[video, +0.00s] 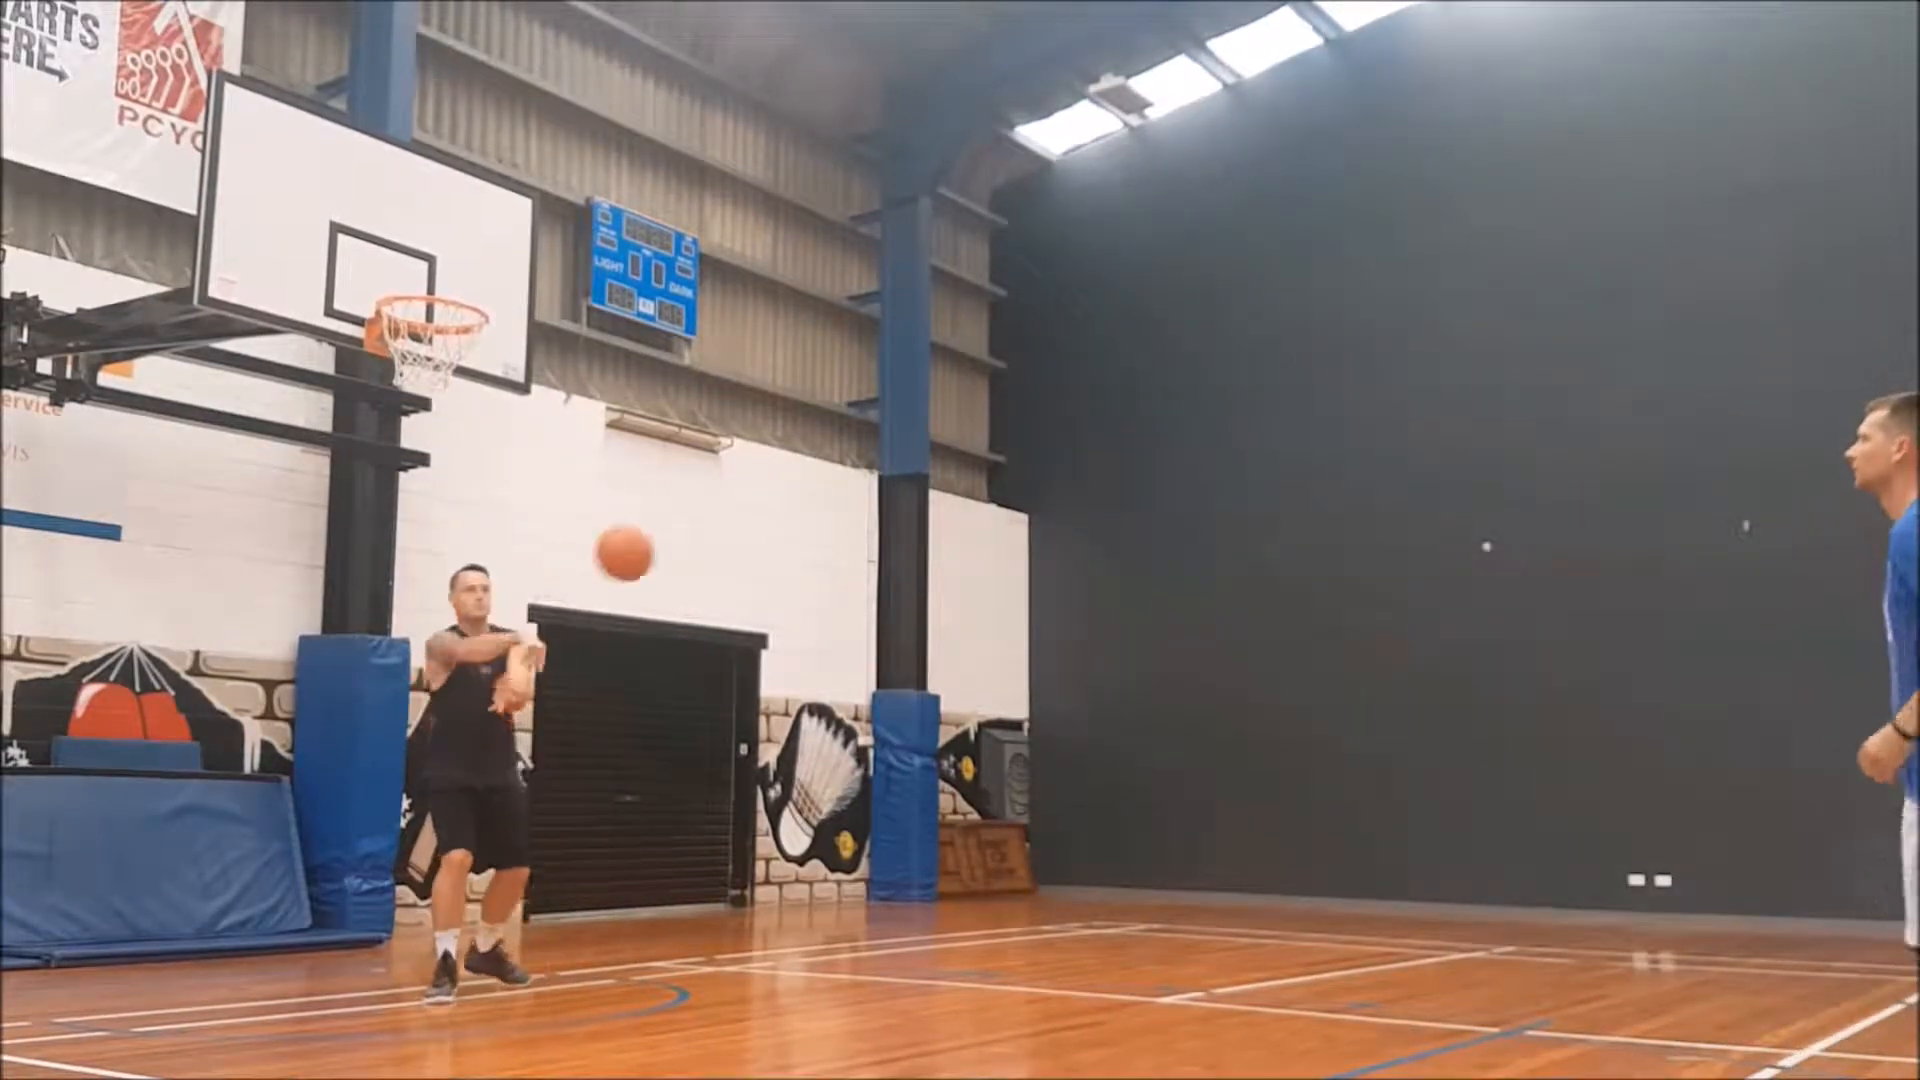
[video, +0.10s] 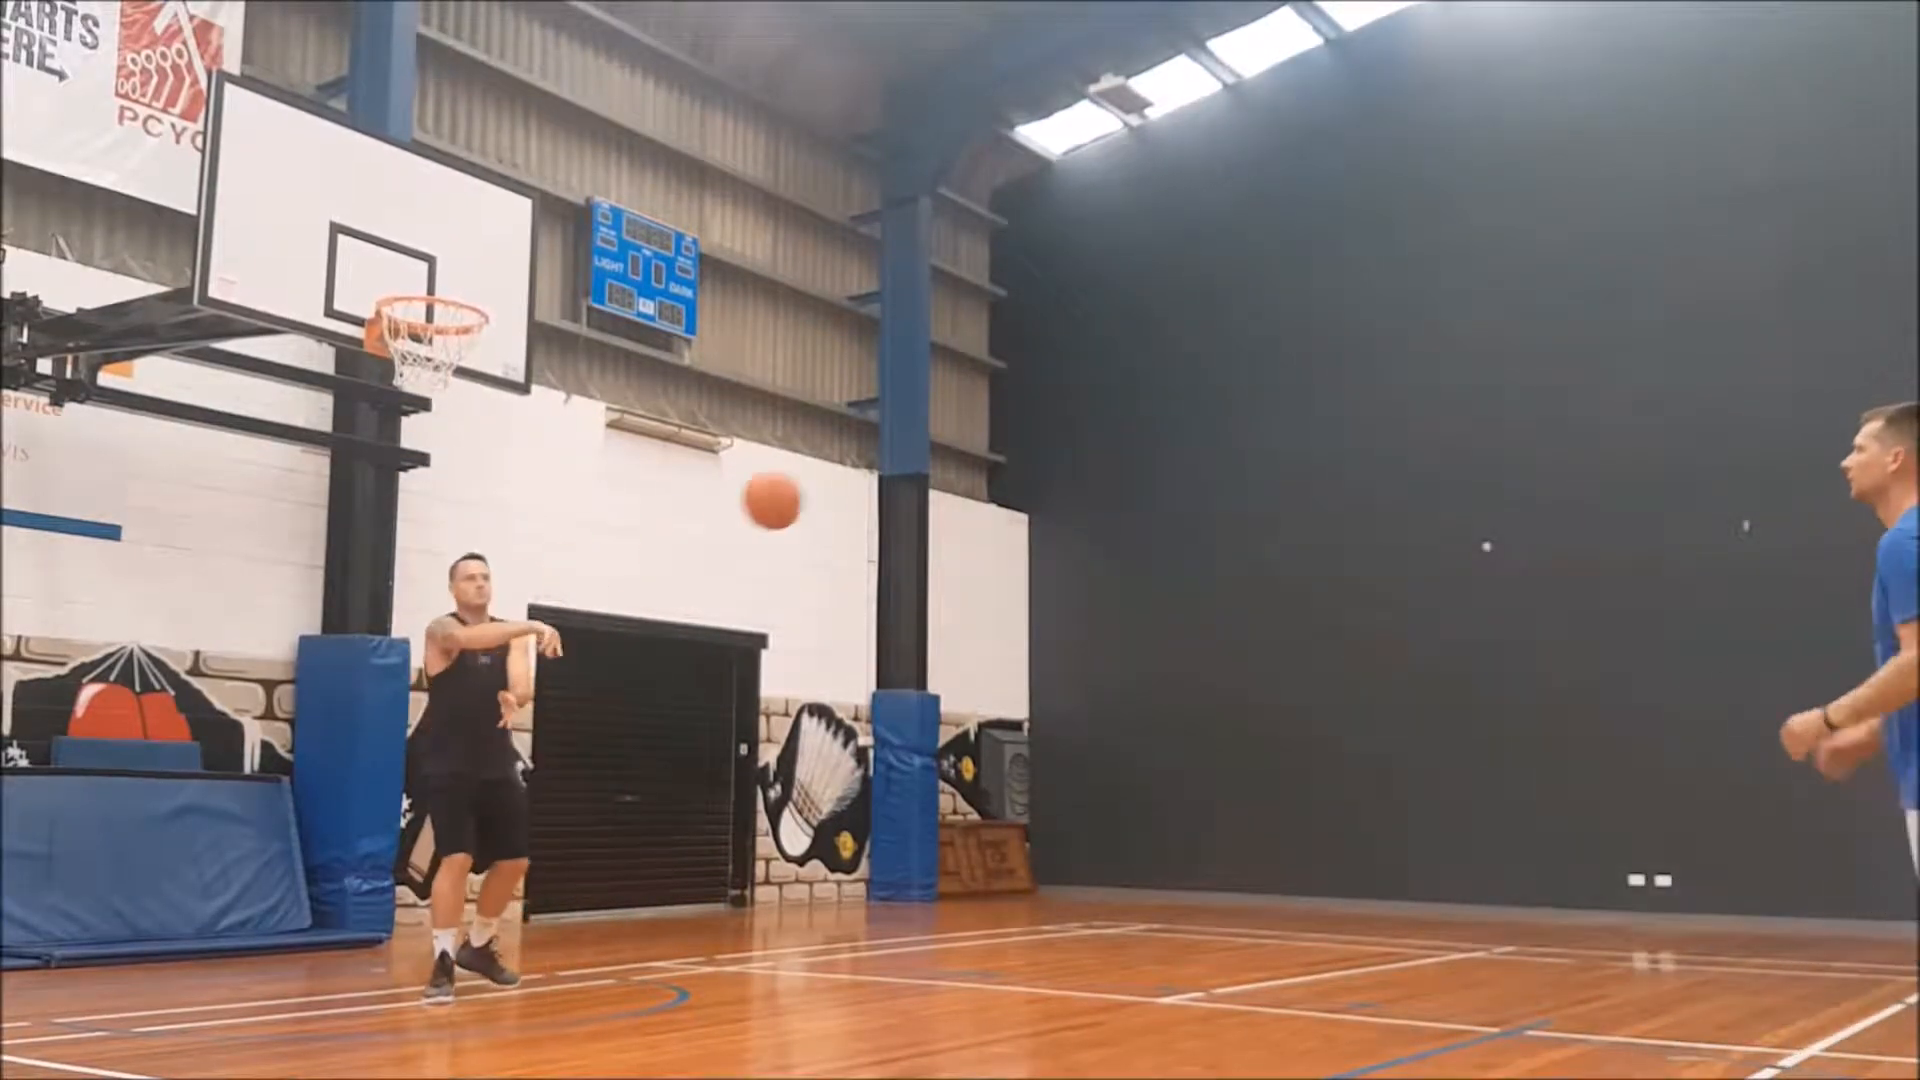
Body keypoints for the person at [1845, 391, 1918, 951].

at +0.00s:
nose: (1851, 451)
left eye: (1863, 439)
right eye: (1855, 439)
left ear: (1901, 449)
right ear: (1899, 451)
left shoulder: (1910, 536)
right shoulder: (1904, 535)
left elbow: (1917, 664)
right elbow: (1914, 661)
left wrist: (1898, 732)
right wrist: (1899, 735)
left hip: (1919, 787)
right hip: (1916, 783)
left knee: (1919, 938)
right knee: (1917, 938)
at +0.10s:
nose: (1845, 463)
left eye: (1858, 449)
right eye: (1850, 450)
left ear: (1895, 460)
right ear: (1894, 461)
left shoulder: (1902, 543)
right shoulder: (1902, 541)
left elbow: (1913, 660)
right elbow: (1911, 668)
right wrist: (1871, 731)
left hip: (1917, 791)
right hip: (1912, 788)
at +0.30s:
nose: (1813, 464)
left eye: (1824, 451)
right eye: (1819, 451)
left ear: (1860, 462)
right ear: (1871, 465)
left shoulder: (1860, 539)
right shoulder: (1902, 536)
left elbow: (1769, 634)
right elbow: (1816, 628)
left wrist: (1690, 591)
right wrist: (1734, 577)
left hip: (1894, 769)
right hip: (1907, 767)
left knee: (1818, 908)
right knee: (1897, 927)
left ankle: (1918, 1030)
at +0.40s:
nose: (1780, 462)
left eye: (1791, 450)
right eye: (1784, 450)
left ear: (1825, 460)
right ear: (1838, 464)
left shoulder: (1824, 533)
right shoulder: (1879, 535)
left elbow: (1712, 605)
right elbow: (1755, 593)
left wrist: (1641, 552)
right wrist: (1685, 533)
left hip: (1871, 759)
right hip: (1904, 757)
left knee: (1771, 896)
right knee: (1913, 904)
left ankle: (1818, 1062)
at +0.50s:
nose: (1736, 475)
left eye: (1747, 463)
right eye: (1741, 463)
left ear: (1782, 475)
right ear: (1797, 479)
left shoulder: (1779, 549)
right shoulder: (1830, 543)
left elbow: (1667, 611)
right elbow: (1711, 597)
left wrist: (1602, 553)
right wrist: (1635, 543)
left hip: (1838, 770)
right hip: (1893, 765)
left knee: (1743, 911)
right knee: (1914, 917)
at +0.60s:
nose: (1682, 495)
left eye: (1694, 484)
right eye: (1688, 483)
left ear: (1728, 499)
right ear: (1743, 503)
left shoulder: (1727, 576)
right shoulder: (1785, 567)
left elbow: (1649, 666)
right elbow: (1724, 665)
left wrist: (1600, 598)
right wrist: (1657, 589)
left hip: (1793, 791)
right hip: (1855, 783)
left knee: (1696, 928)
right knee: (1908, 940)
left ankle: (1647, 1072)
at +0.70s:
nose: (1621, 509)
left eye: (1634, 501)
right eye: (1628, 498)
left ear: (1666, 518)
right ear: (1685, 523)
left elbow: (1644, 714)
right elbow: (1705, 683)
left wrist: (1581, 678)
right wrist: (1621, 649)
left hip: (1742, 792)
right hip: (1800, 790)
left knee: (1636, 918)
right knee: (1804, 951)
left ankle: (1631, 1069)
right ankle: (1915, 1014)